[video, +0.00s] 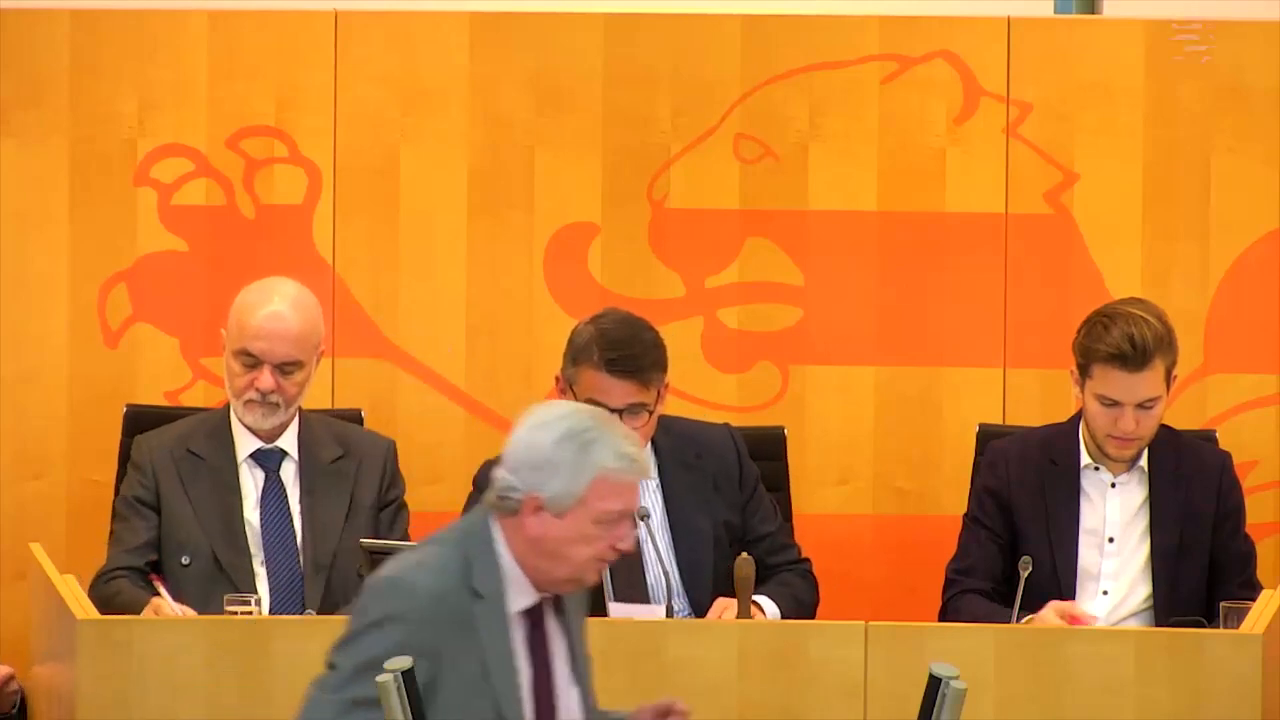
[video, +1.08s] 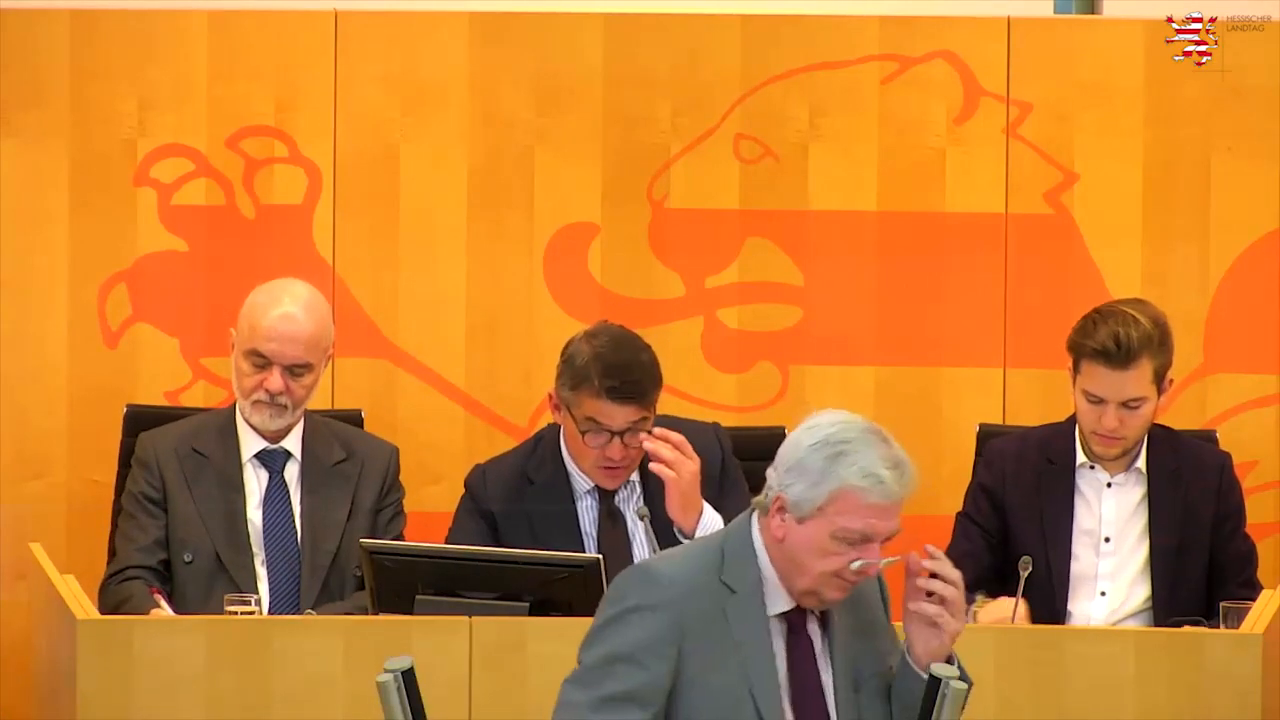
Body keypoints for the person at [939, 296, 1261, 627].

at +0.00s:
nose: (1126, 424)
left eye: (1146, 404)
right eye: (1108, 402)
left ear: (1170, 389)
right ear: (1078, 381)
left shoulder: (1208, 471)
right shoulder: (1010, 465)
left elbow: (1240, 608)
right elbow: (961, 603)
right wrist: (1023, 628)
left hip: (1166, 677)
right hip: (1042, 673)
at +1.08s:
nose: (1110, 423)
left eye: (1131, 405)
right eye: (1093, 400)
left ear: (1163, 392)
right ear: (1073, 380)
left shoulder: (1206, 472)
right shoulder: (1008, 461)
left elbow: (1242, 608)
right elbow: (954, 591)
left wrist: (1210, 639)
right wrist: (984, 611)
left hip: (1163, 676)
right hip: (1037, 673)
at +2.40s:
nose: (1090, 434)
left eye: (1116, 422)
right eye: (1081, 407)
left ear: (1155, 411)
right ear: (1067, 381)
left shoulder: (1197, 475)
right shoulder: (1000, 460)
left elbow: (1239, 602)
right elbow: (941, 591)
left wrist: (1150, 641)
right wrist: (952, 633)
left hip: (1149, 678)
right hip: (1023, 670)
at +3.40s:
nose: (1094, 443)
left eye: (1121, 434)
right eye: (1086, 417)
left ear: (1160, 420)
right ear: (1074, 385)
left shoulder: (1197, 476)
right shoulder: (1000, 459)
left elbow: (1238, 600)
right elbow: (945, 586)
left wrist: (1164, 644)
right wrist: (956, 645)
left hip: (1147, 678)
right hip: (1022, 670)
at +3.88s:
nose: (1100, 446)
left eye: (1127, 436)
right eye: (1092, 419)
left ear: (1163, 422)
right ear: (1079, 384)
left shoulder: (1198, 478)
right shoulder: (1001, 458)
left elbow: (1238, 602)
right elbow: (943, 589)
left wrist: (1164, 645)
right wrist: (960, 642)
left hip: (1148, 679)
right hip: (1023, 671)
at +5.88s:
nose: (1108, 438)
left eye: (1134, 427)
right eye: (1099, 411)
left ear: (1167, 415)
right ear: (1082, 379)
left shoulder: (1201, 477)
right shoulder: (1002, 459)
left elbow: (1238, 605)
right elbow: (956, 585)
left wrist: (1159, 644)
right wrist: (947, 620)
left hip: (1153, 681)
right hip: (1026, 672)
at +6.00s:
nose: (1103, 433)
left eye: (1130, 421)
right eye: (1094, 406)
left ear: (1163, 408)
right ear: (1076, 377)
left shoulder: (1200, 477)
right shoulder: (1001, 459)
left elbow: (1238, 603)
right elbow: (956, 584)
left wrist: (1153, 641)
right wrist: (942, 618)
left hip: (1152, 679)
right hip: (1025, 669)